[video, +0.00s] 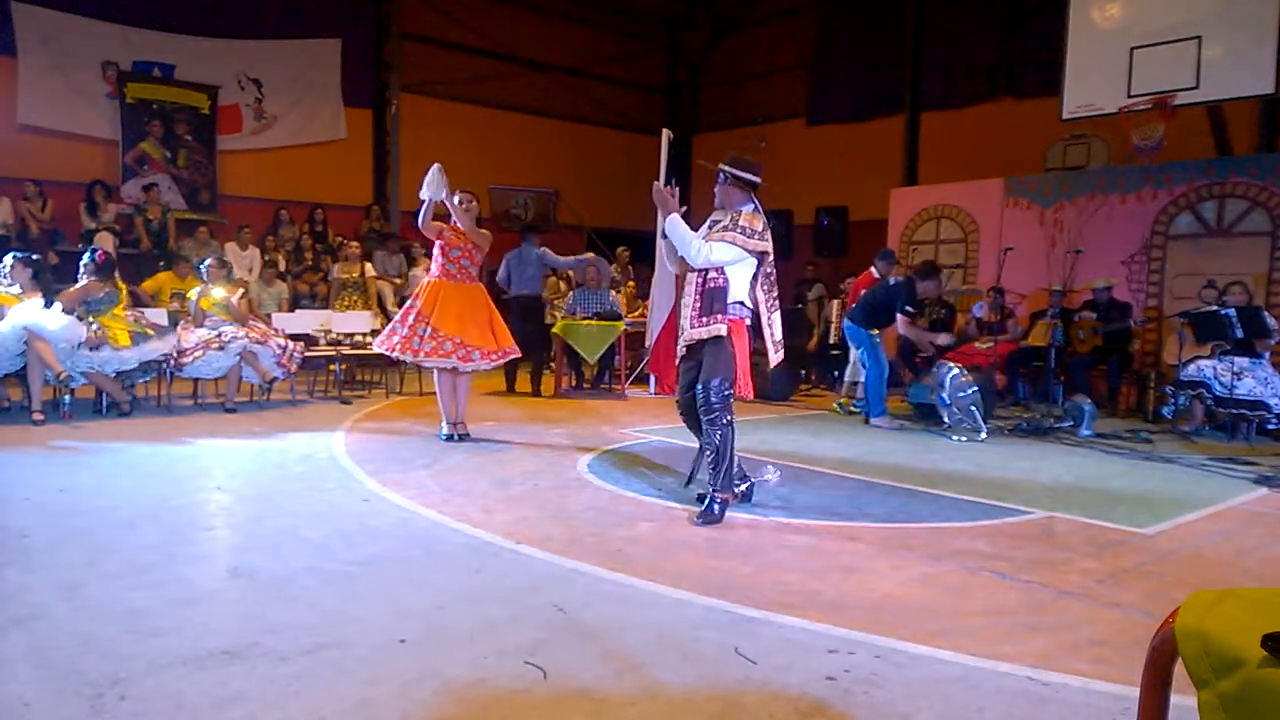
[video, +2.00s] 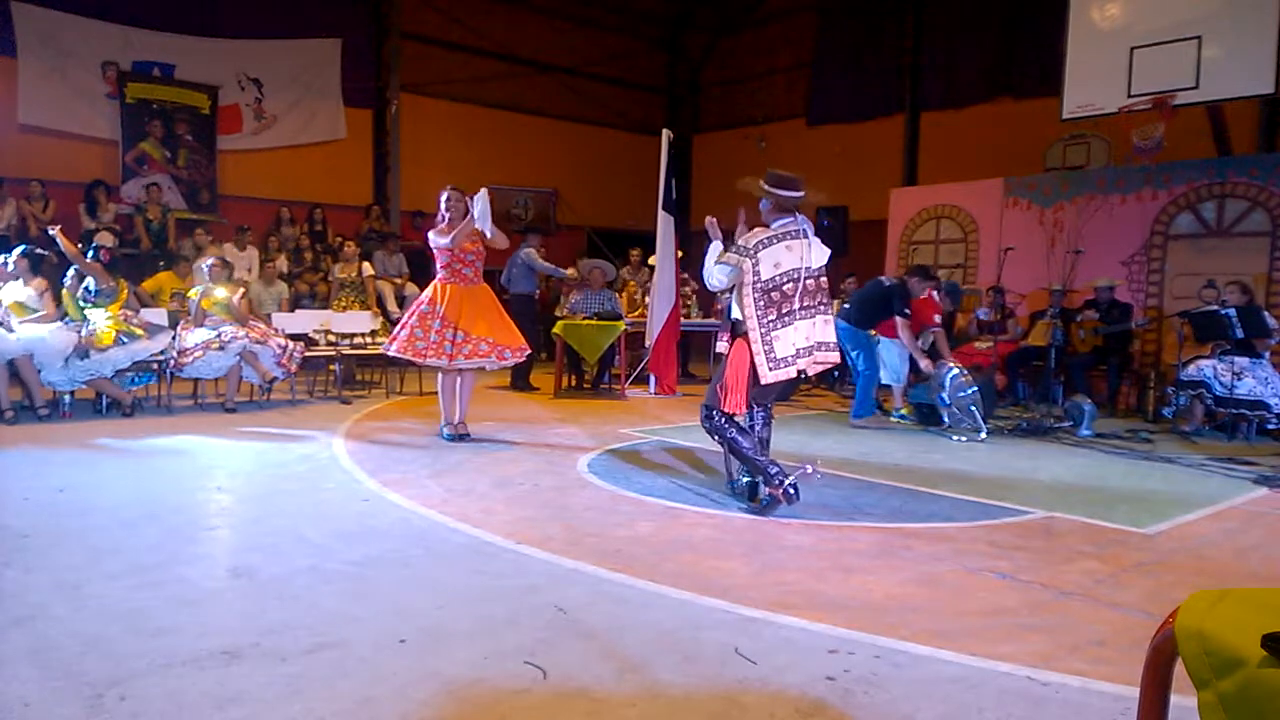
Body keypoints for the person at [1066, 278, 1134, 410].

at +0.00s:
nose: (1097, 295)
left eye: (1101, 292)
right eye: (1095, 292)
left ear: (1108, 292)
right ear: (1093, 293)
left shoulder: (1122, 307)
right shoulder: (1089, 306)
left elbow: (1119, 320)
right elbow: (1070, 316)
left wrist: (1097, 317)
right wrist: (1078, 316)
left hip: (1118, 349)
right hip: (1097, 348)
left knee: (1114, 365)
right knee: (1077, 363)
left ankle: (1112, 403)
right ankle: (1084, 399)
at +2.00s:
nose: (1099, 295)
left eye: (1103, 291)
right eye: (1097, 291)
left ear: (1111, 292)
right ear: (1094, 292)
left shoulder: (1124, 308)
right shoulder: (1090, 305)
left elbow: (1119, 321)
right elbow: (1068, 314)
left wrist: (1098, 317)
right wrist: (1080, 316)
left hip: (1116, 350)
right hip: (1096, 349)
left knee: (1115, 366)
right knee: (1075, 363)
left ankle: (1111, 404)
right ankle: (1083, 400)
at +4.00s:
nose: (1104, 294)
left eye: (1108, 291)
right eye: (1102, 291)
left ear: (1115, 291)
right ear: (1098, 292)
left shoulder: (1126, 308)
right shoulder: (1093, 305)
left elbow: (1120, 322)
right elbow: (1067, 314)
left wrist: (1101, 313)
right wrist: (1082, 313)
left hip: (1119, 350)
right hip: (1098, 349)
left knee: (1117, 365)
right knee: (1078, 363)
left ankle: (1113, 404)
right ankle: (1086, 401)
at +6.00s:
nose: (1112, 294)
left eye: (1114, 291)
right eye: (1108, 291)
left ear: (1118, 292)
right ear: (1101, 293)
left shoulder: (1127, 308)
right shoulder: (1092, 305)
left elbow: (1121, 320)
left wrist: (1098, 312)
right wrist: (1080, 313)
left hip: (1118, 349)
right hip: (1097, 348)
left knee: (1115, 365)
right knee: (1077, 362)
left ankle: (1111, 403)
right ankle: (1082, 400)